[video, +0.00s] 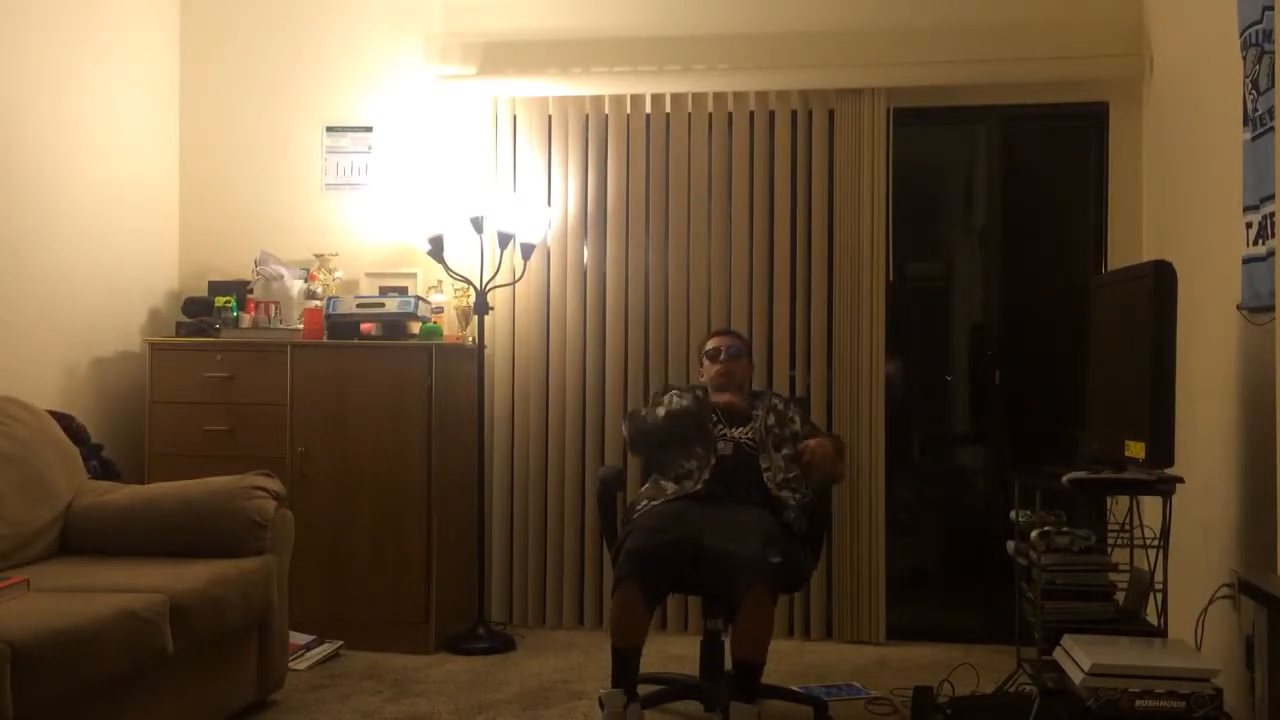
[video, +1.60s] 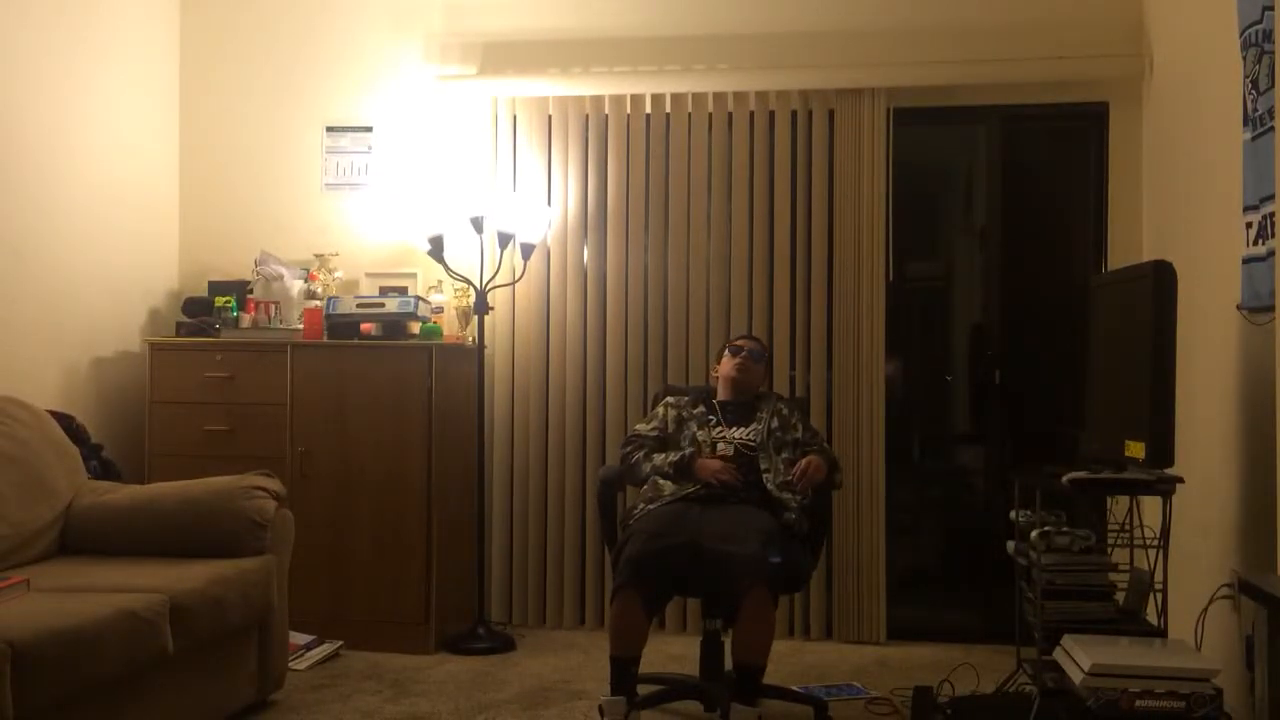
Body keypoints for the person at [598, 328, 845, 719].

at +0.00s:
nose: (722, 360)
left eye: (734, 354)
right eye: (713, 355)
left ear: (751, 367)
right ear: (701, 368)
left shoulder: (778, 408)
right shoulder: (678, 399)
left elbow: (822, 446)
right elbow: (636, 433)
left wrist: (825, 448)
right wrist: (706, 403)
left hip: (752, 507)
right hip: (677, 504)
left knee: (757, 577)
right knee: (637, 566)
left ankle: (745, 699)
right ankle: (622, 691)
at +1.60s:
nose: (743, 358)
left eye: (755, 356)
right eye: (735, 351)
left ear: (764, 380)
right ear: (716, 367)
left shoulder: (781, 415)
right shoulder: (674, 407)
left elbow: (825, 457)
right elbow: (632, 458)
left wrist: (820, 460)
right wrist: (690, 464)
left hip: (749, 509)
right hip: (673, 506)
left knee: (757, 577)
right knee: (638, 567)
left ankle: (746, 703)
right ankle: (621, 695)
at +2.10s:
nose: (733, 352)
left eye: (744, 351)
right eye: (724, 350)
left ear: (760, 374)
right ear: (710, 371)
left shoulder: (781, 413)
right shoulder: (674, 409)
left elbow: (825, 458)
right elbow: (634, 462)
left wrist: (821, 460)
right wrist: (691, 469)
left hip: (750, 508)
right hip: (674, 506)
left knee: (757, 576)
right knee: (637, 566)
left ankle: (746, 704)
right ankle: (621, 695)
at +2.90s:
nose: (718, 352)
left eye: (730, 349)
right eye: (710, 353)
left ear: (751, 370)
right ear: (702, 375)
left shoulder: (778, 412)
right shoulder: (673, 410)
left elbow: (823, 456)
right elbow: (638, 465)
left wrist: (819, 462)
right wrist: (689, 474)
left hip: (751, 509)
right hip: (676, 506)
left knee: (757, 574)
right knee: (638, 565)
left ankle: (746, 704)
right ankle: (621, 696)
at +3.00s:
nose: (719, 354)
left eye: (730, 349)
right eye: (711, 353)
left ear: (752, 370)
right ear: (703, 374)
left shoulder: (778, 412)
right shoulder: (673, 410)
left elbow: (825, 458)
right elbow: (639, 464)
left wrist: (820, 462)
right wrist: (689, 476)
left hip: (751, 508)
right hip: (675, 505)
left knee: (757, 574)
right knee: (638, 566)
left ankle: (746, 705)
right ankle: (621, 696)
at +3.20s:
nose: (723, 352)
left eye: (735, 349)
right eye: (715, 351)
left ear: (754, 370)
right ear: (706, 372)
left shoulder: (779, 413)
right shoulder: (673, 410)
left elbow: (826, 459)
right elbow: (639, 465)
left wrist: (820, 461)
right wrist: (689, 476)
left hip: (751, 508)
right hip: (674, 505)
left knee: (757, 576)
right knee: (638, 568)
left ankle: (746, 705)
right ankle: (621, 696)